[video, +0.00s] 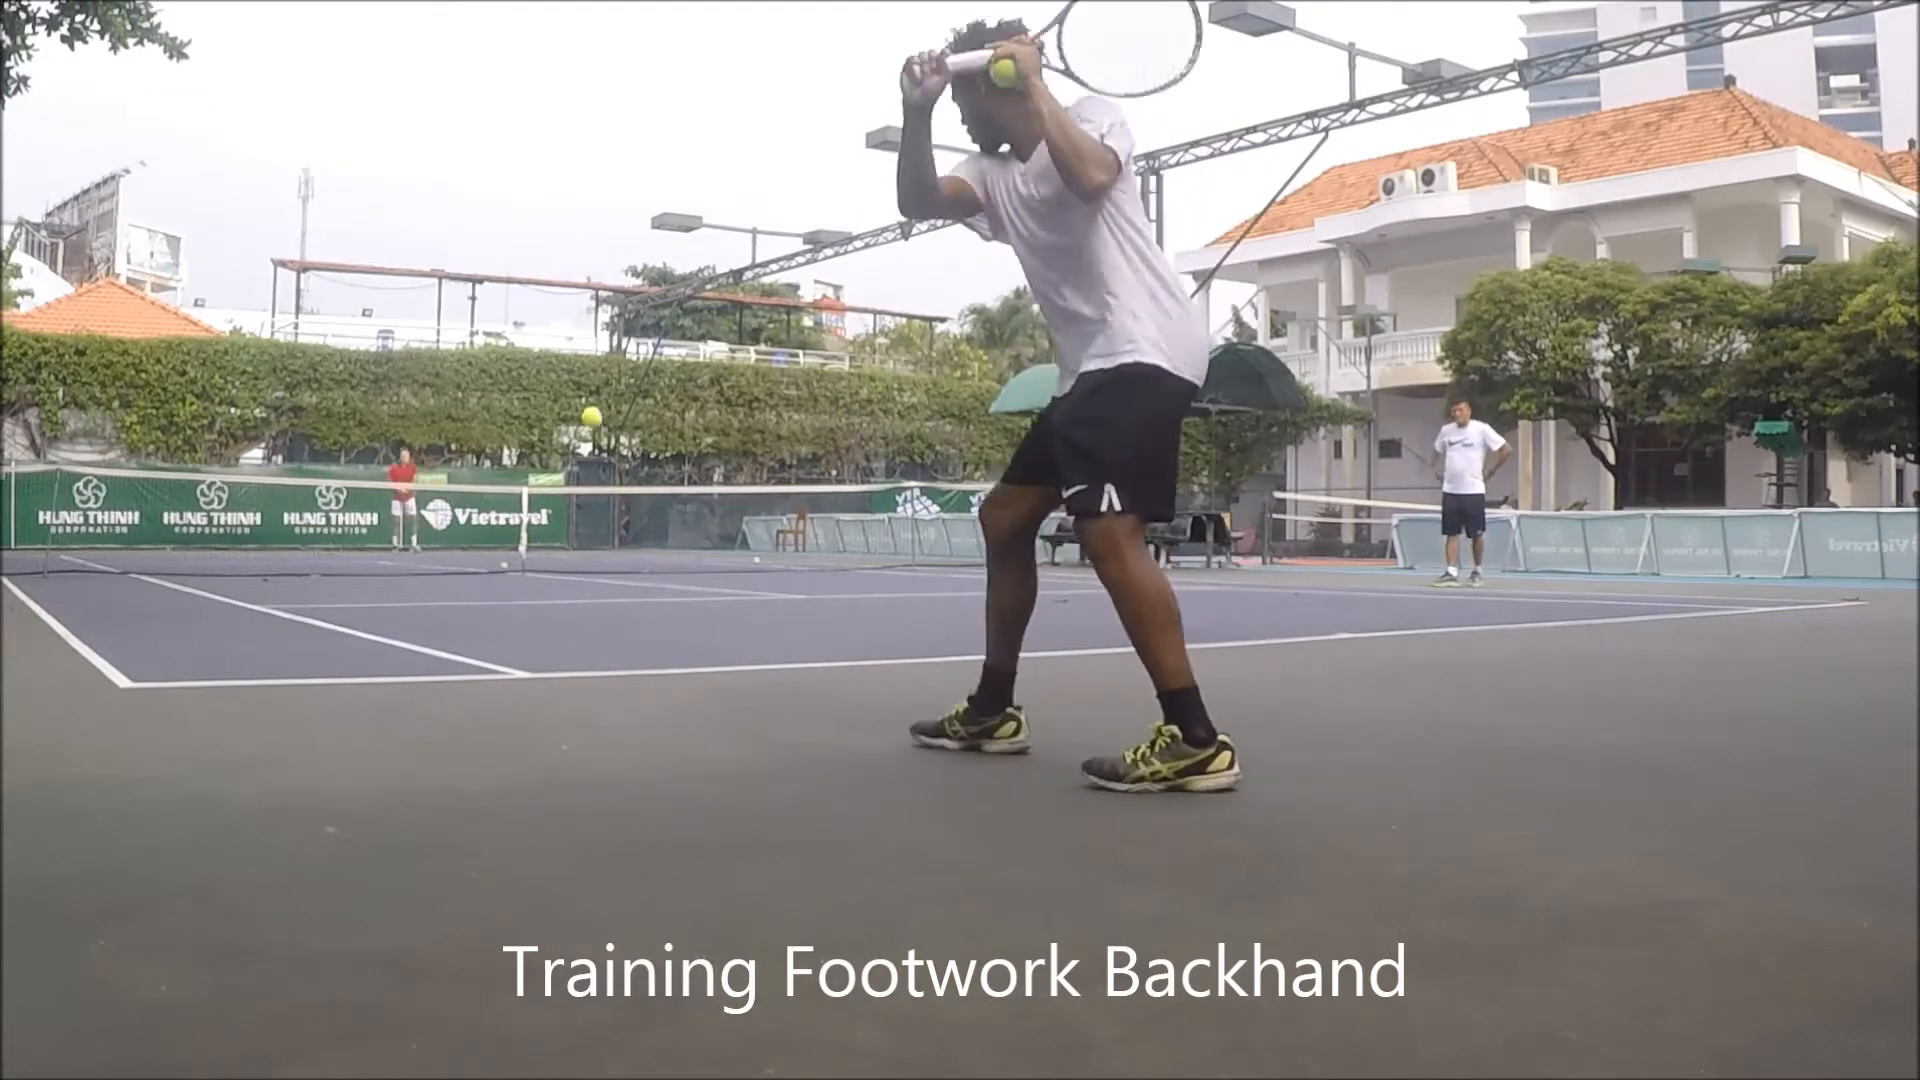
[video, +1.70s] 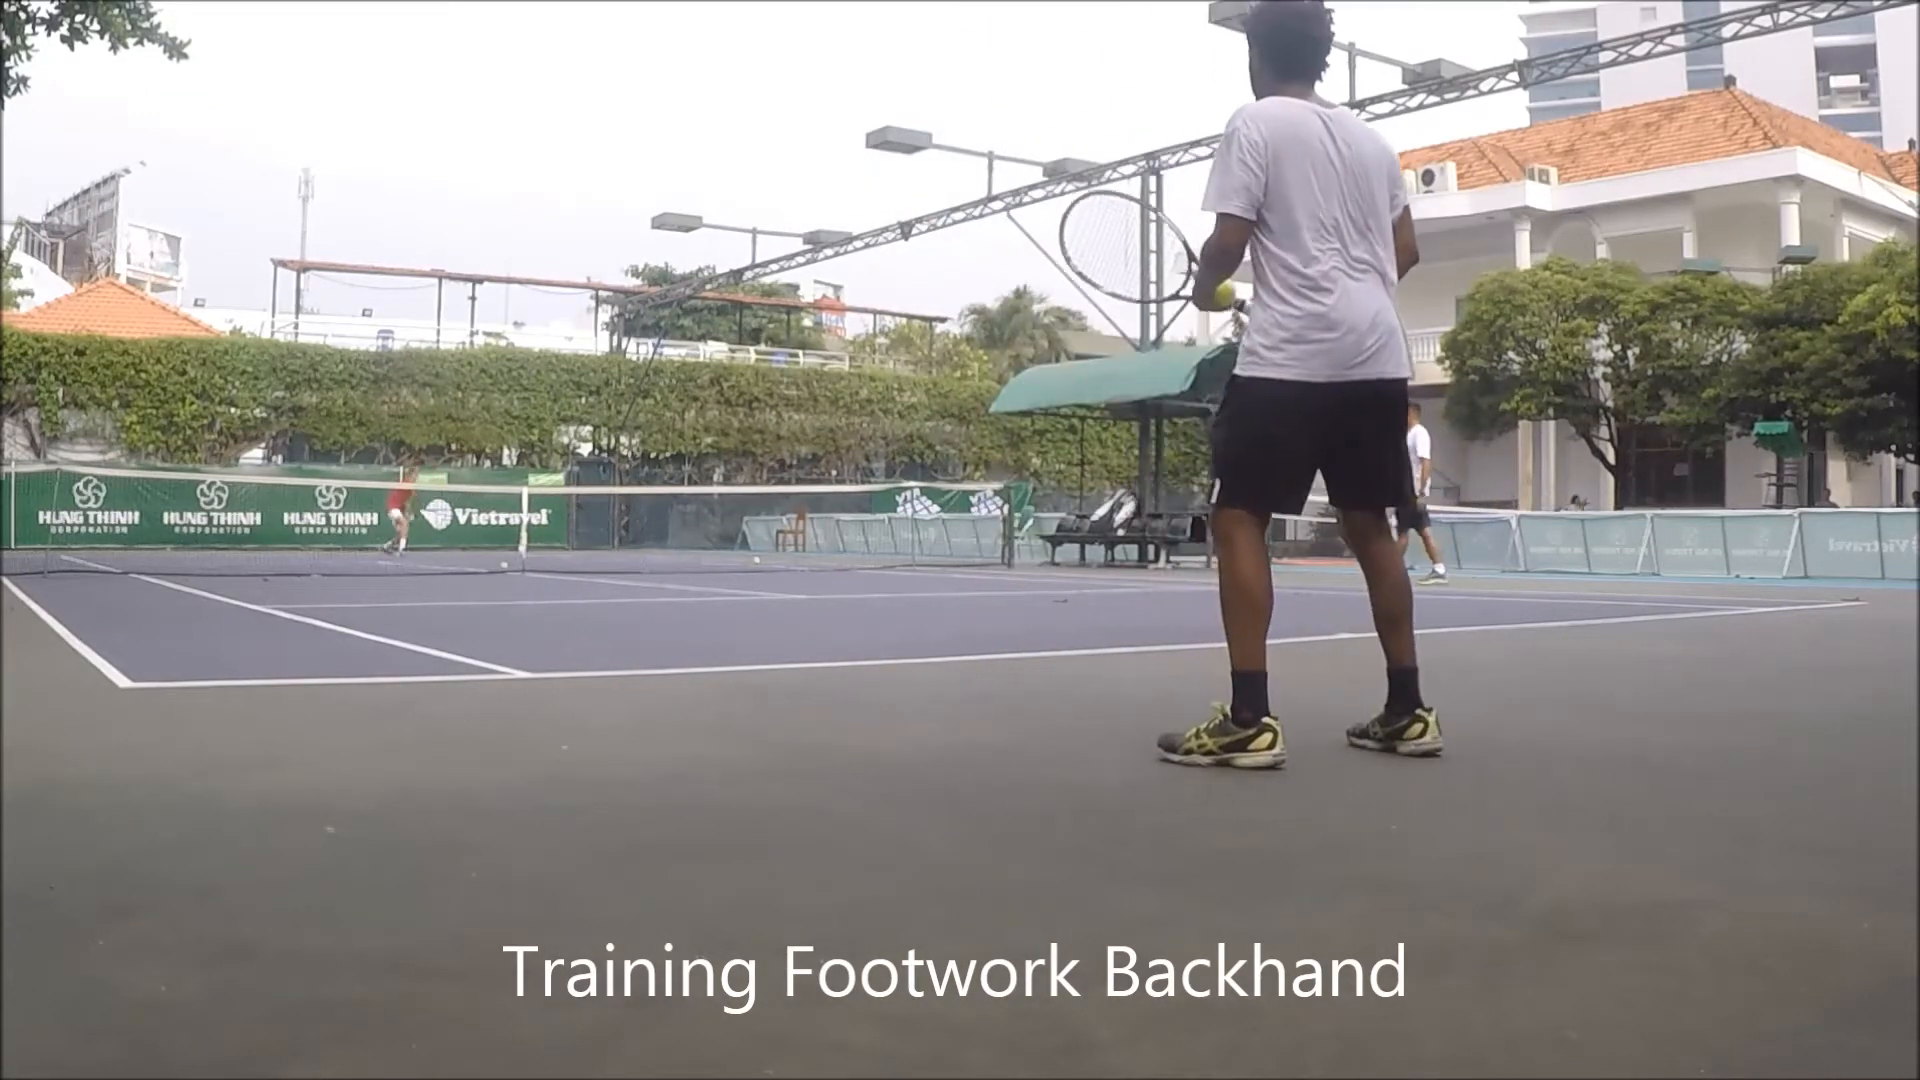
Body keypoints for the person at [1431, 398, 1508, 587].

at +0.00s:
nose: (1458, 414)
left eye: (1461, 410)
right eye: (1455, 411)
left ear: (1469, 411)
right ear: (1451, 414)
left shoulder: (1481, 428)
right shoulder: (1446, 430)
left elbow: (1505, 449)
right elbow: (1436, 451)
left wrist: (1490, 472)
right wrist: (1436, 470)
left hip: (1473, 488)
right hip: (1451, 488)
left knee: (1476, 534)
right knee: (1451, 533)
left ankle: (1477, 570)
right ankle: (1451, 572)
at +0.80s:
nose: (1434, 414)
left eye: (1436, 411)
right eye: (1433, 412)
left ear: (1447, 410)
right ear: (1437, 413)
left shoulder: (1461, 428)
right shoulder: (1437, 431)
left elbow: (1484, 449)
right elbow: (1439, 455)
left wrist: (1475, 474)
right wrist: (1438, 475)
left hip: (1460, 487)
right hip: (1441, 488)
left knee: (1469, 530)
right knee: (1443, 531)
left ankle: (1476, 570)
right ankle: (1440, 570)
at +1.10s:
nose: (1421, 417)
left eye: (1423, 413)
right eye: (1421, 414)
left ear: (1432, 413)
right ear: (1428, 414)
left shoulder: (1447, 429)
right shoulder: (1429, 433)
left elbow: (1459, 456)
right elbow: (1433, 459)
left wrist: (1449, 481)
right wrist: (1429, 480)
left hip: (1444, 486)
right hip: (1431, 487)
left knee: (1443, 527)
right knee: (1437, 529)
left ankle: (1460, 564)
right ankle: (1440, 569)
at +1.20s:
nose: (1419, 417)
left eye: (1420, 413)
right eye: (1419, 414)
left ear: (1429, 412)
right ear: (1426, 413)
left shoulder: (1444, 429)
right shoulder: (1428, 433)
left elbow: (1454, 457)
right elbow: (1432, 459)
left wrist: (1440, 482)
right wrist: (1427, 482)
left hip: (1440, 487)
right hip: (1429, 487)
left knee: (1432, 525)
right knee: (1434, 528)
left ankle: (1445, 566)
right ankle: (1438, 568)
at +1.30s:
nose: (1415, 417)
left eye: (1417, 413)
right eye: (1415, 414)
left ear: (1426, 413)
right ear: (1424, 413)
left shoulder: (1440, 429)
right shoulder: (1426, 434)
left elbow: (1449, 457)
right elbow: (1429, 463)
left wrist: (1434, 484)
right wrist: (1422, 489)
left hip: (1437, 487)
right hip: (1428, 487)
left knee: (1422, 525)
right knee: (1437, 529)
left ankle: (1427, 568)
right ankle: (1440, 570)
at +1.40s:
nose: (1413, 418)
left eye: (1415, 414)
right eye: (1413, 415)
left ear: (1423, 413)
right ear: (1422, 414)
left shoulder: (1436, 430)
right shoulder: (1422, 434)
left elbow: (1444, 458)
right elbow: (1421, 464)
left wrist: (1432, 486)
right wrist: (1413, 489)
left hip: (1432, 488)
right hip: (1422, 488)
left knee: (1414, 526)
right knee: (1435, 530)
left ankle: (1408, 568)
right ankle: (1440, 569)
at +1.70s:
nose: (1404, 417)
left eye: (1407, 413)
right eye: (1405, 413)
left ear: (1414, 413)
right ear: (1412, 414)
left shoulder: (1420, 433)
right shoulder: (1408, 433)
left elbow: (1425, 462)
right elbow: (1409, 462)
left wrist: (1421, 490)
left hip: (1414, 491)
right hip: (1407, 490)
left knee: (1402, 533)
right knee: (1425, 532)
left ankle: (1393, 569)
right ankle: (1439, 568)